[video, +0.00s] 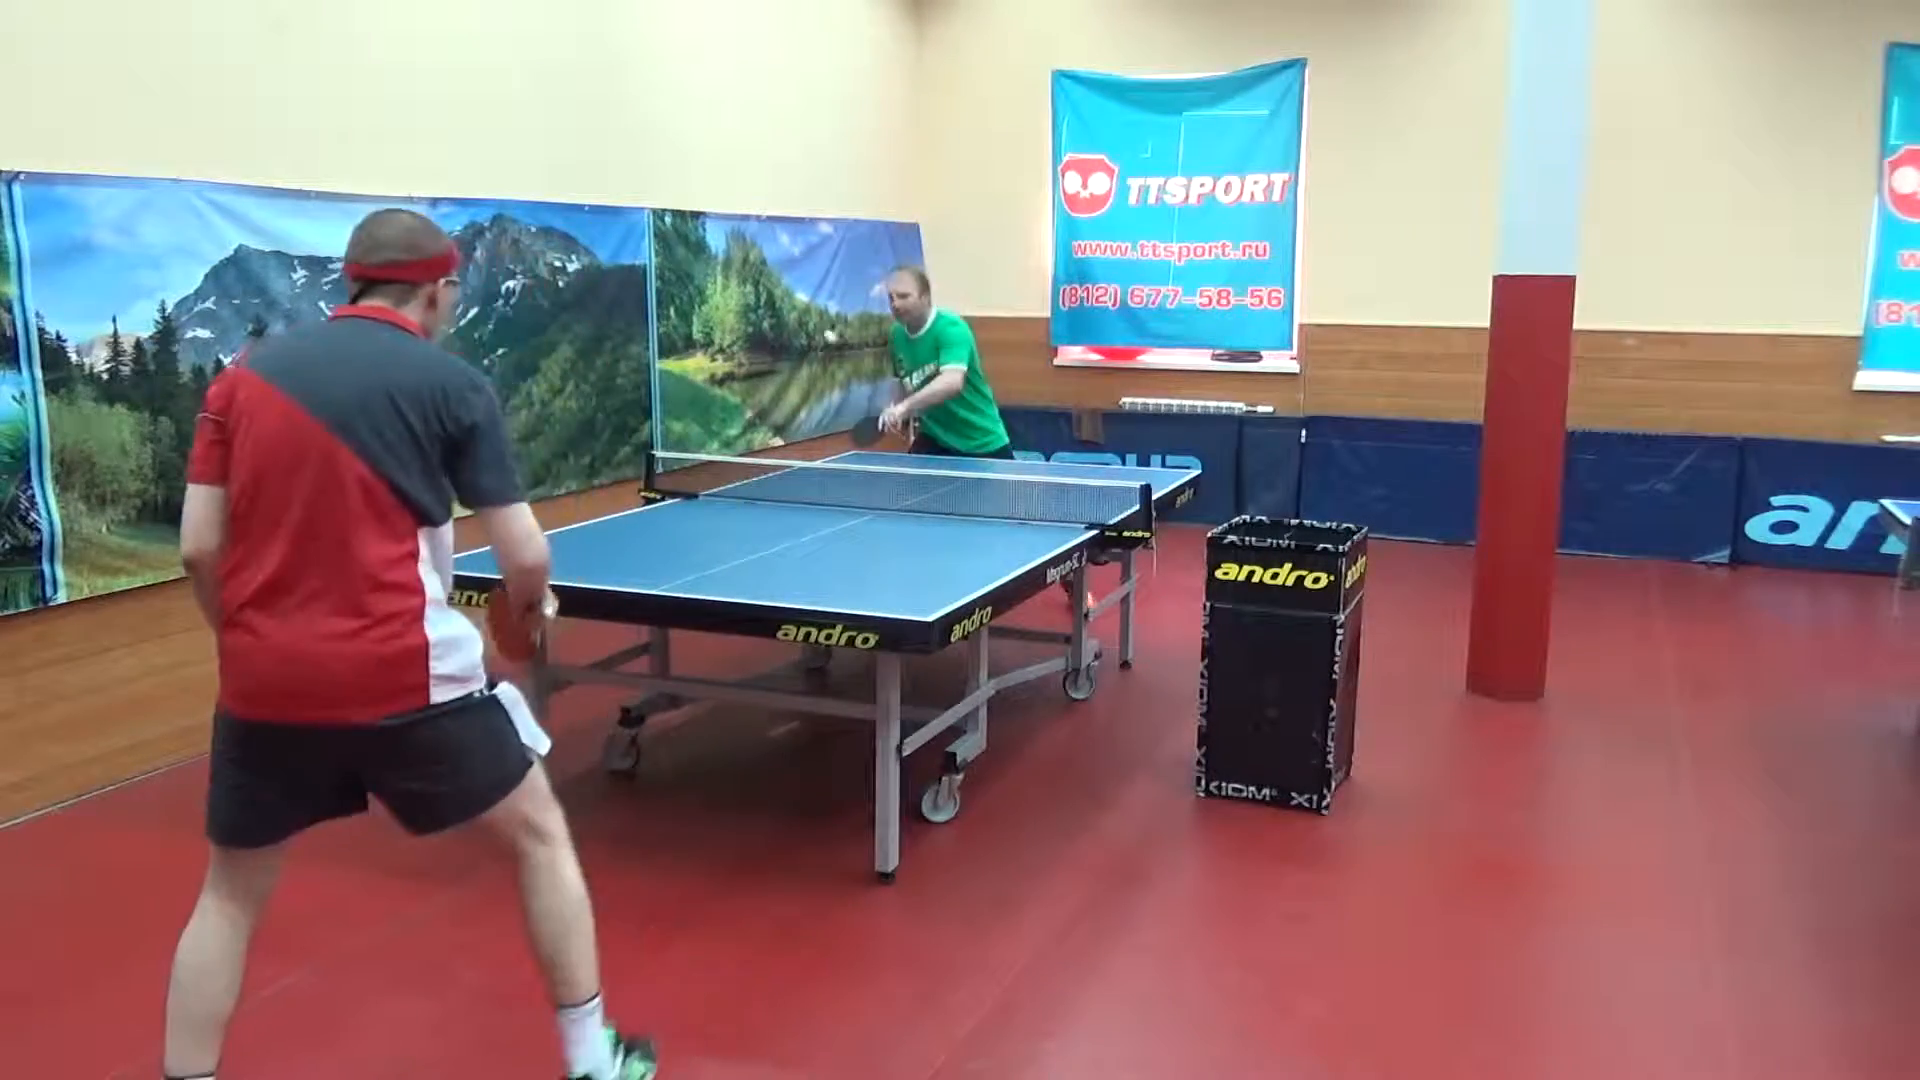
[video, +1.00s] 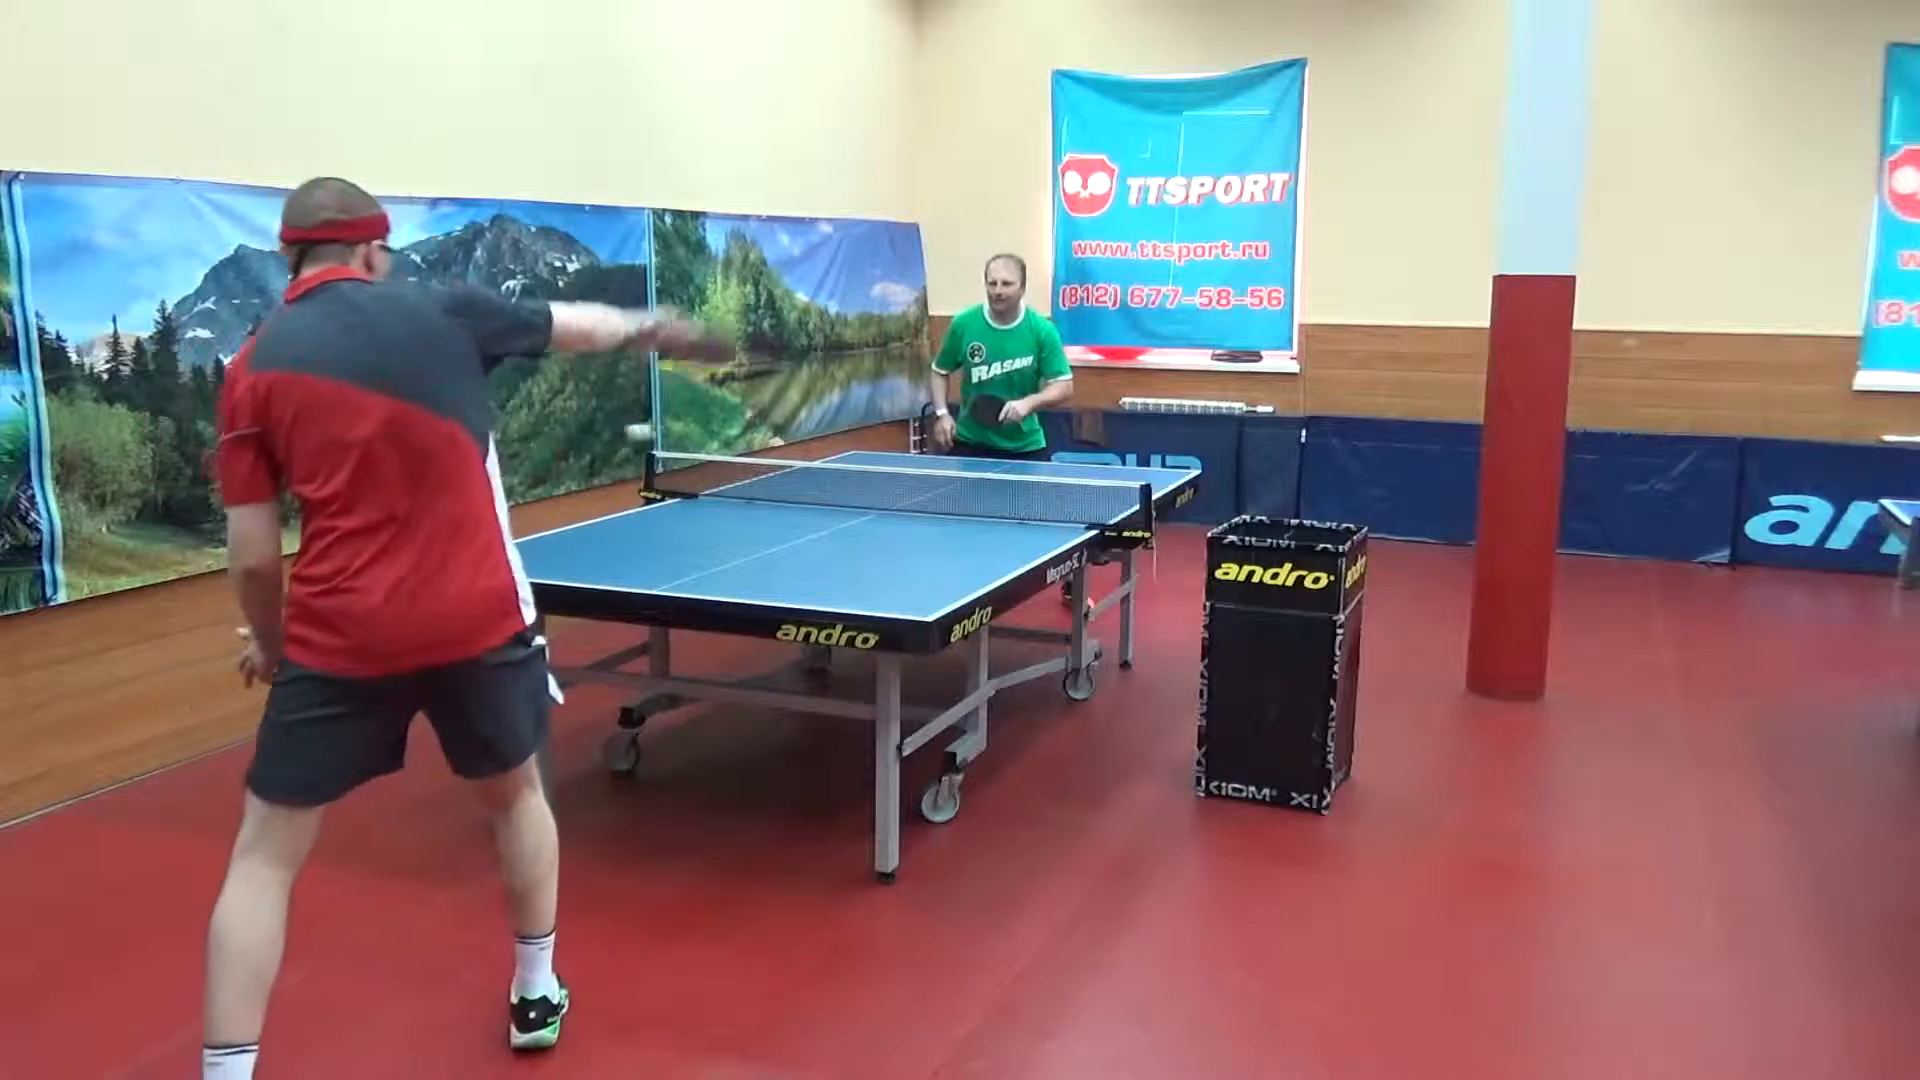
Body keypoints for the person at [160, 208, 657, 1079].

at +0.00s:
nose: (451, 309)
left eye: (450, 293)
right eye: (451, 293)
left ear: (352, 285)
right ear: (431, 293)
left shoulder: (248, 368)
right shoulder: (448, 382)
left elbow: (199, 546)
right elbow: (527, 560)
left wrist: (246, 642)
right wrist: (518, 621)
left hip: (263, 683)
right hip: (406, 677)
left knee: (228, 894)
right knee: (537, 834)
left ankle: (185, 1074)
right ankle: (592, 1058)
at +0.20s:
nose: (445, 300)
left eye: (443, 285)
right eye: (444, 284)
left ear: (344, 278)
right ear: (427, 284)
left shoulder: (244, 364)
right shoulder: (448, 374)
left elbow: (192, 544)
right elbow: (534, 536)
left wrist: (225, 646)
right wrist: (520, 568)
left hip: (262, 680)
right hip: (411, 672)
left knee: (219, 890)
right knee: (522, 861)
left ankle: (185, 1076)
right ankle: (577, 1068)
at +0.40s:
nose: (406, 304)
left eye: (402, 290)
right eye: (404, 291)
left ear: (301, 283)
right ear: (389, 288)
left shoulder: (203, 372)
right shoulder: (416, 382)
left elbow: (158, 555)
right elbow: (510, 525)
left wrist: (182, 665)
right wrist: (486, 473)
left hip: (234, 685)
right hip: (386, 676)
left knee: (192, 895)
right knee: (503, 819)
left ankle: (172, 1075)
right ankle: (543, 1048)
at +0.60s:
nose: (411, 298)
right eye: (411, 287)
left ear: (313, 280)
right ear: (402, 285)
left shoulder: (238, 364)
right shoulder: (442, 368)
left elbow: (190, 544)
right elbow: (513, 510)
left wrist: (175, 660)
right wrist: (431, 516)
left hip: (293, 661)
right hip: (436, 650)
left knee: (220, 877)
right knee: (497, 807)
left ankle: (184, 1071)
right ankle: (534, 1003)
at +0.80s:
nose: (431, 283)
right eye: (431, 273)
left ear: (335, 272)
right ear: (425, 272)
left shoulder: (283, 357)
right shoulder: (473, 347)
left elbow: (250, 536)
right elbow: (549, 467)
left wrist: (226, 650)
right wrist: (457, 470)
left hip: (345, 639)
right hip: (483, 631)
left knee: (270, 866)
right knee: (514, 790)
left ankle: (229, 1070)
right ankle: (536, 995)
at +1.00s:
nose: (386, 260)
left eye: (380, 250)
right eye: (384, 249)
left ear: (291, 258)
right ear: (375, 250)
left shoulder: (254, 367)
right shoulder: (444, 309)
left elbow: (255, 554)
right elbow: (597, 328)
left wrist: (270, 648)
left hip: (339, 631)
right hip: (477, 616)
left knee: (265, 855)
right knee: (515, 796)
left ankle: (227, 1070)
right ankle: (538, 995)